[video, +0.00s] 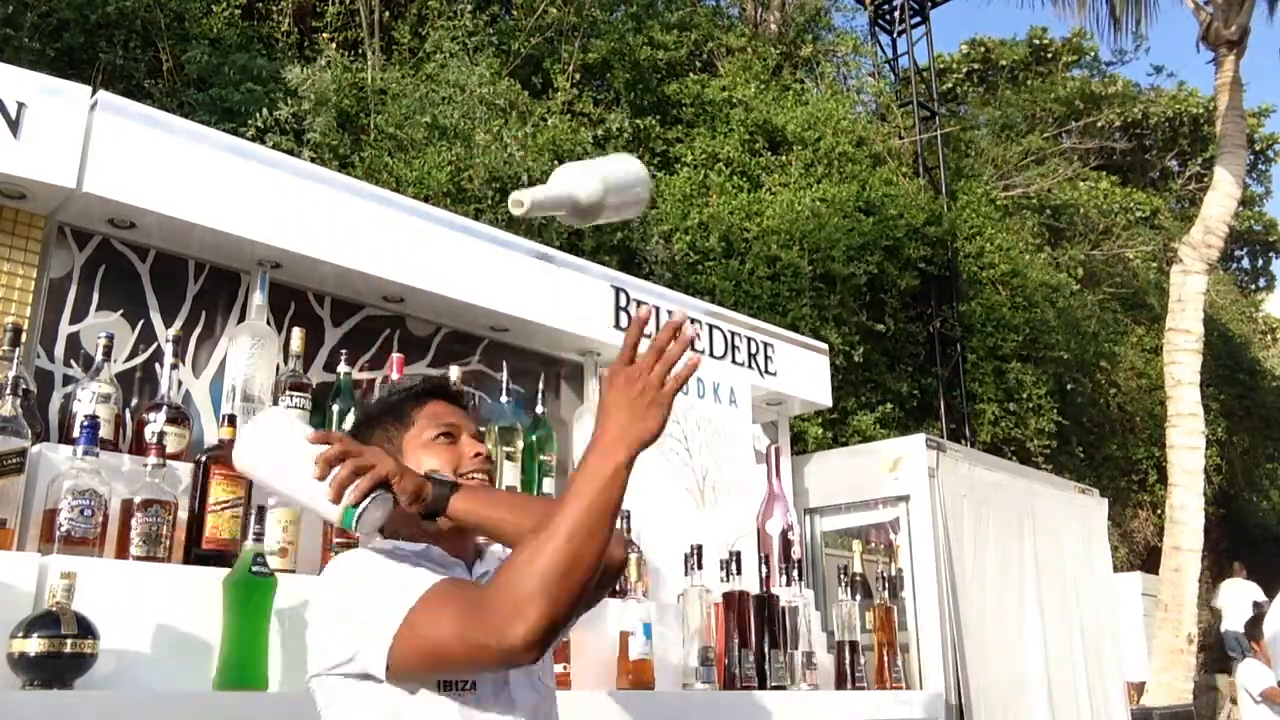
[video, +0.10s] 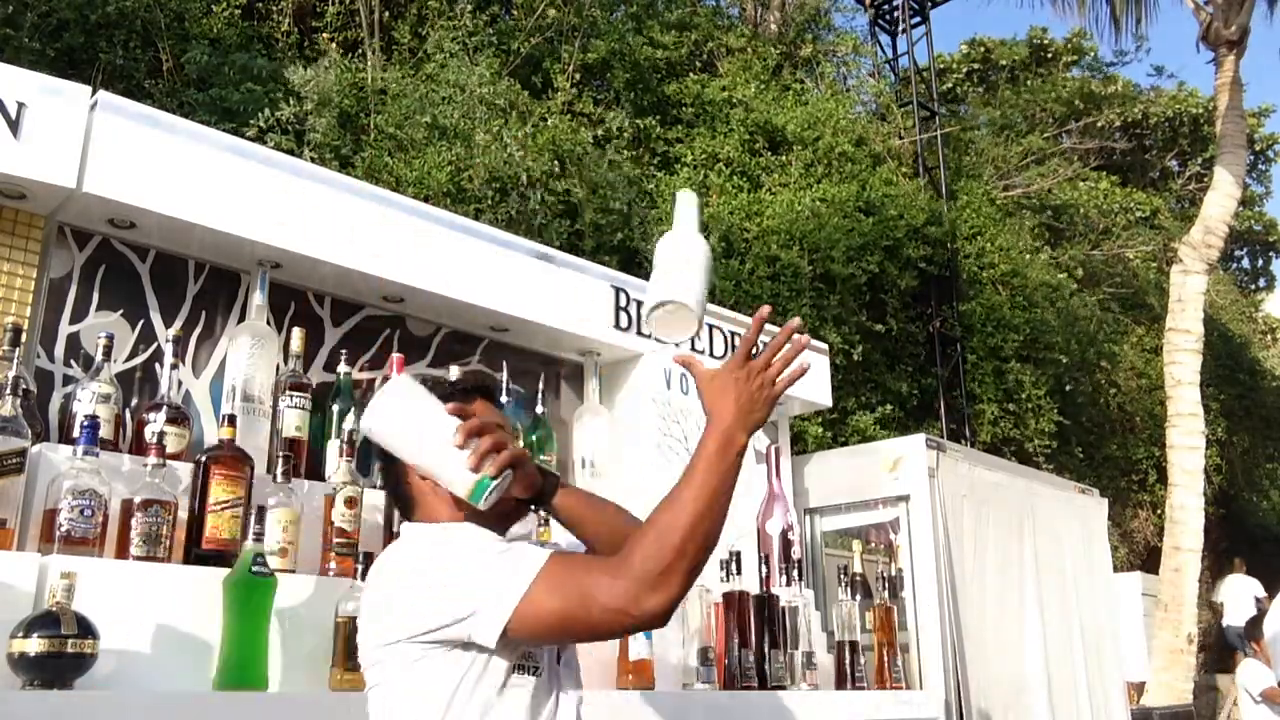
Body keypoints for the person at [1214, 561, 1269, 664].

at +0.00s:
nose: (1245, 573)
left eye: (1244, 570)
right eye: (1245, 571)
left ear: (1232, 572)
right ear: (1243, 571)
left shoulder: (1224, 585)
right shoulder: (1252, 586)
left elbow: (1215, 605)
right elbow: (1265, 604)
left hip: (1226, 627)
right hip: (1245, 627)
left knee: (1236, 657)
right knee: (1251, 656)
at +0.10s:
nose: (1244, 568)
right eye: (1244, 566)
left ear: (1233, 568)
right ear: (1244, 567)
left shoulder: (1224, 582)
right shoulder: (1253, 581)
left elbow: (1217, 602)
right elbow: (1265, 601)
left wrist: (1221, 615)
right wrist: (1269, 614)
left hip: (1229, 623)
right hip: (1248, 624)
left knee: (1238, 651)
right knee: (1251, 651)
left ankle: (1238, 677)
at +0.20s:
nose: (1243, 565)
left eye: (1241, 563)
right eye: (1242, 563)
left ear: (1230, 564)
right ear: (1243, 564)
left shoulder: (1223, 578)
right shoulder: (1252, 578)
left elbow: (1217, 598)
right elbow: (1265, 600)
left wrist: (1224, 609)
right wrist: (1254, 604)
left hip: (1231, 618)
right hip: (1250, 618)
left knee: (1239, 647)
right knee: (1252, 646)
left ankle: (1243, 673)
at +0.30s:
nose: (1241, 562)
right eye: (1241, 560)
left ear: (1228, 562)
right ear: (1241, 561)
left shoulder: (1222, 576)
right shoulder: (1252, 575)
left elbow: (1219, 599)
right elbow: (1265, 598)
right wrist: (1253, 601)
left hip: (1232, 616)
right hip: (1252, 616)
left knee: (1241, 648)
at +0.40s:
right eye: (1240, 557)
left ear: (1226, 560)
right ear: (1241, 559)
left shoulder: (1221, 574)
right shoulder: (1251, 571)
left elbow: (1220, 598)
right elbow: (1264, 593)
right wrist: (1252, 599)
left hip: (1233, 614)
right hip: (1253, 613)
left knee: (1243, 652)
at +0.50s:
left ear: (1225, 557)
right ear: (1239, 556)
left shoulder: (1222, 571)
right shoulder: (1251, 567)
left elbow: (1221, 596)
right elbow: (1264, 589)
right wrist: (1252, 594)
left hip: (1234, 612)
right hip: (1255, 611)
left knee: (1243, 651)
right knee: (1261, 646)